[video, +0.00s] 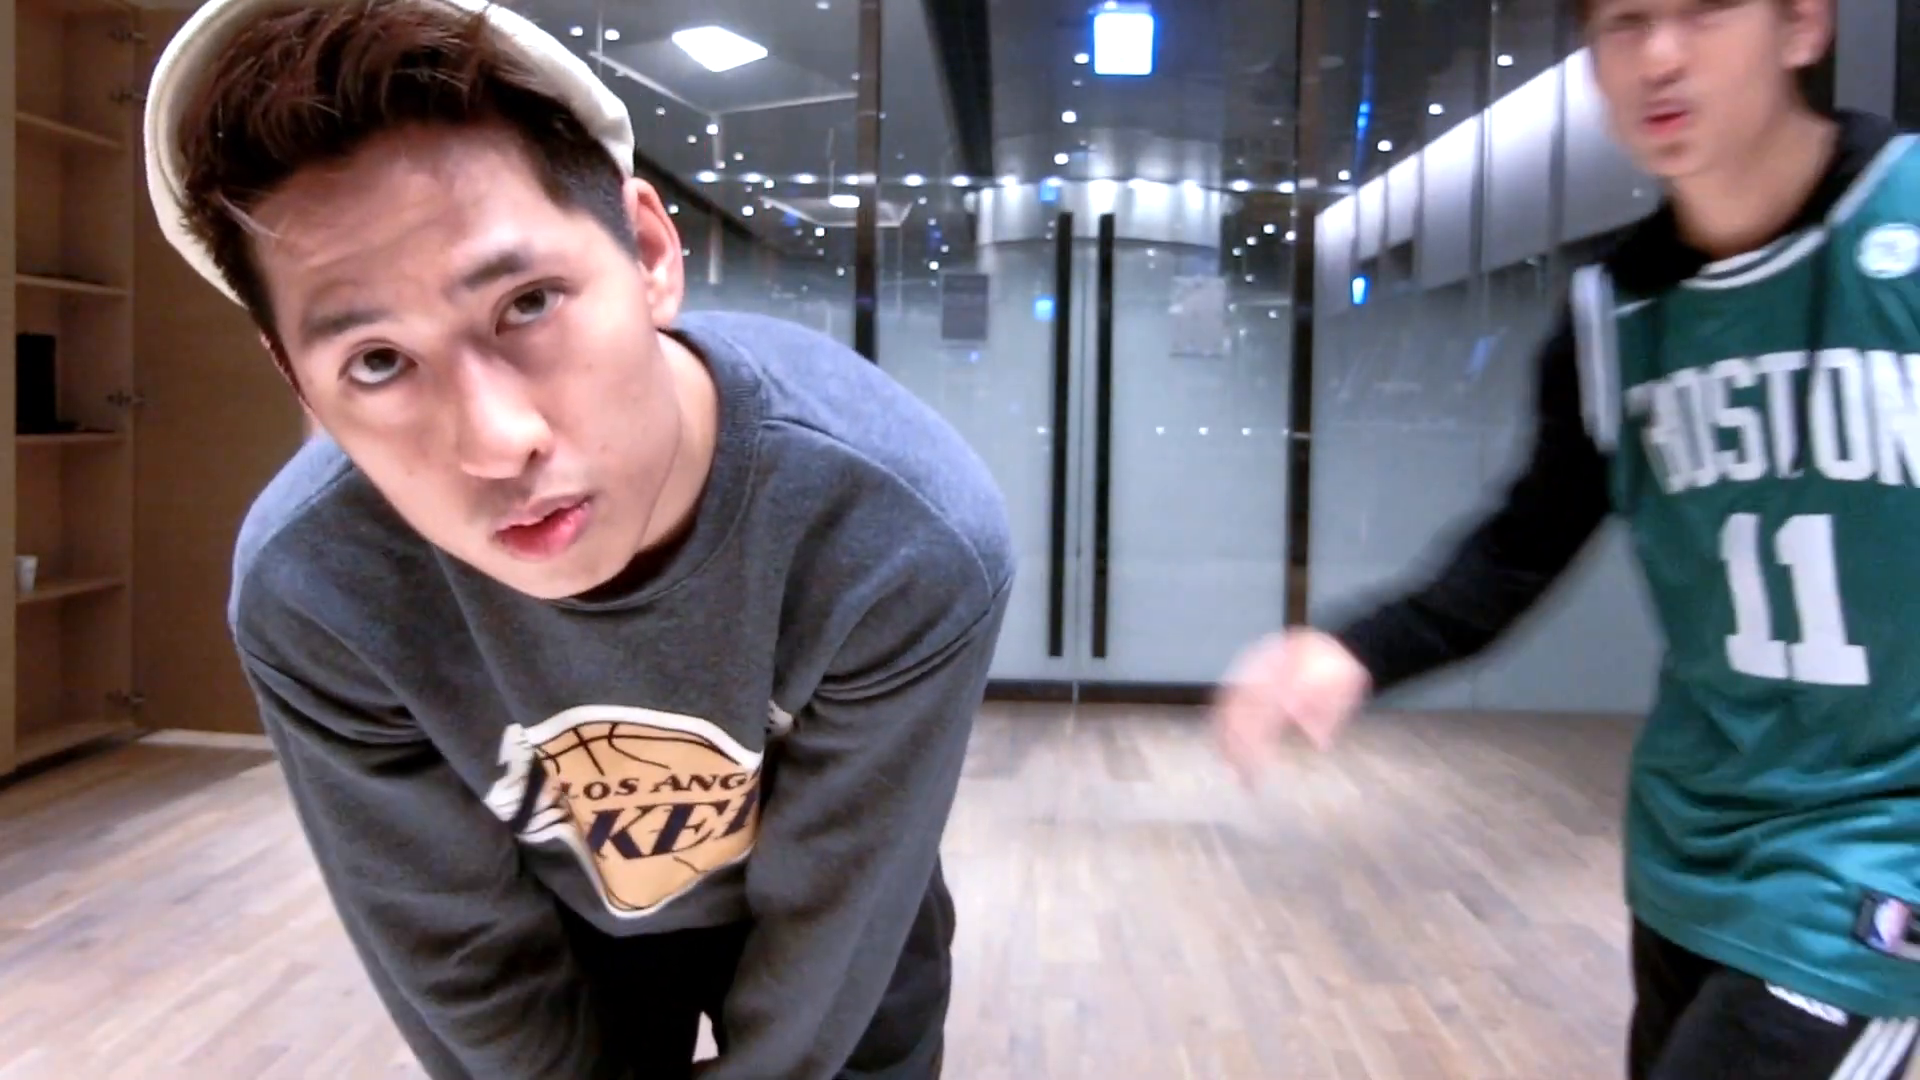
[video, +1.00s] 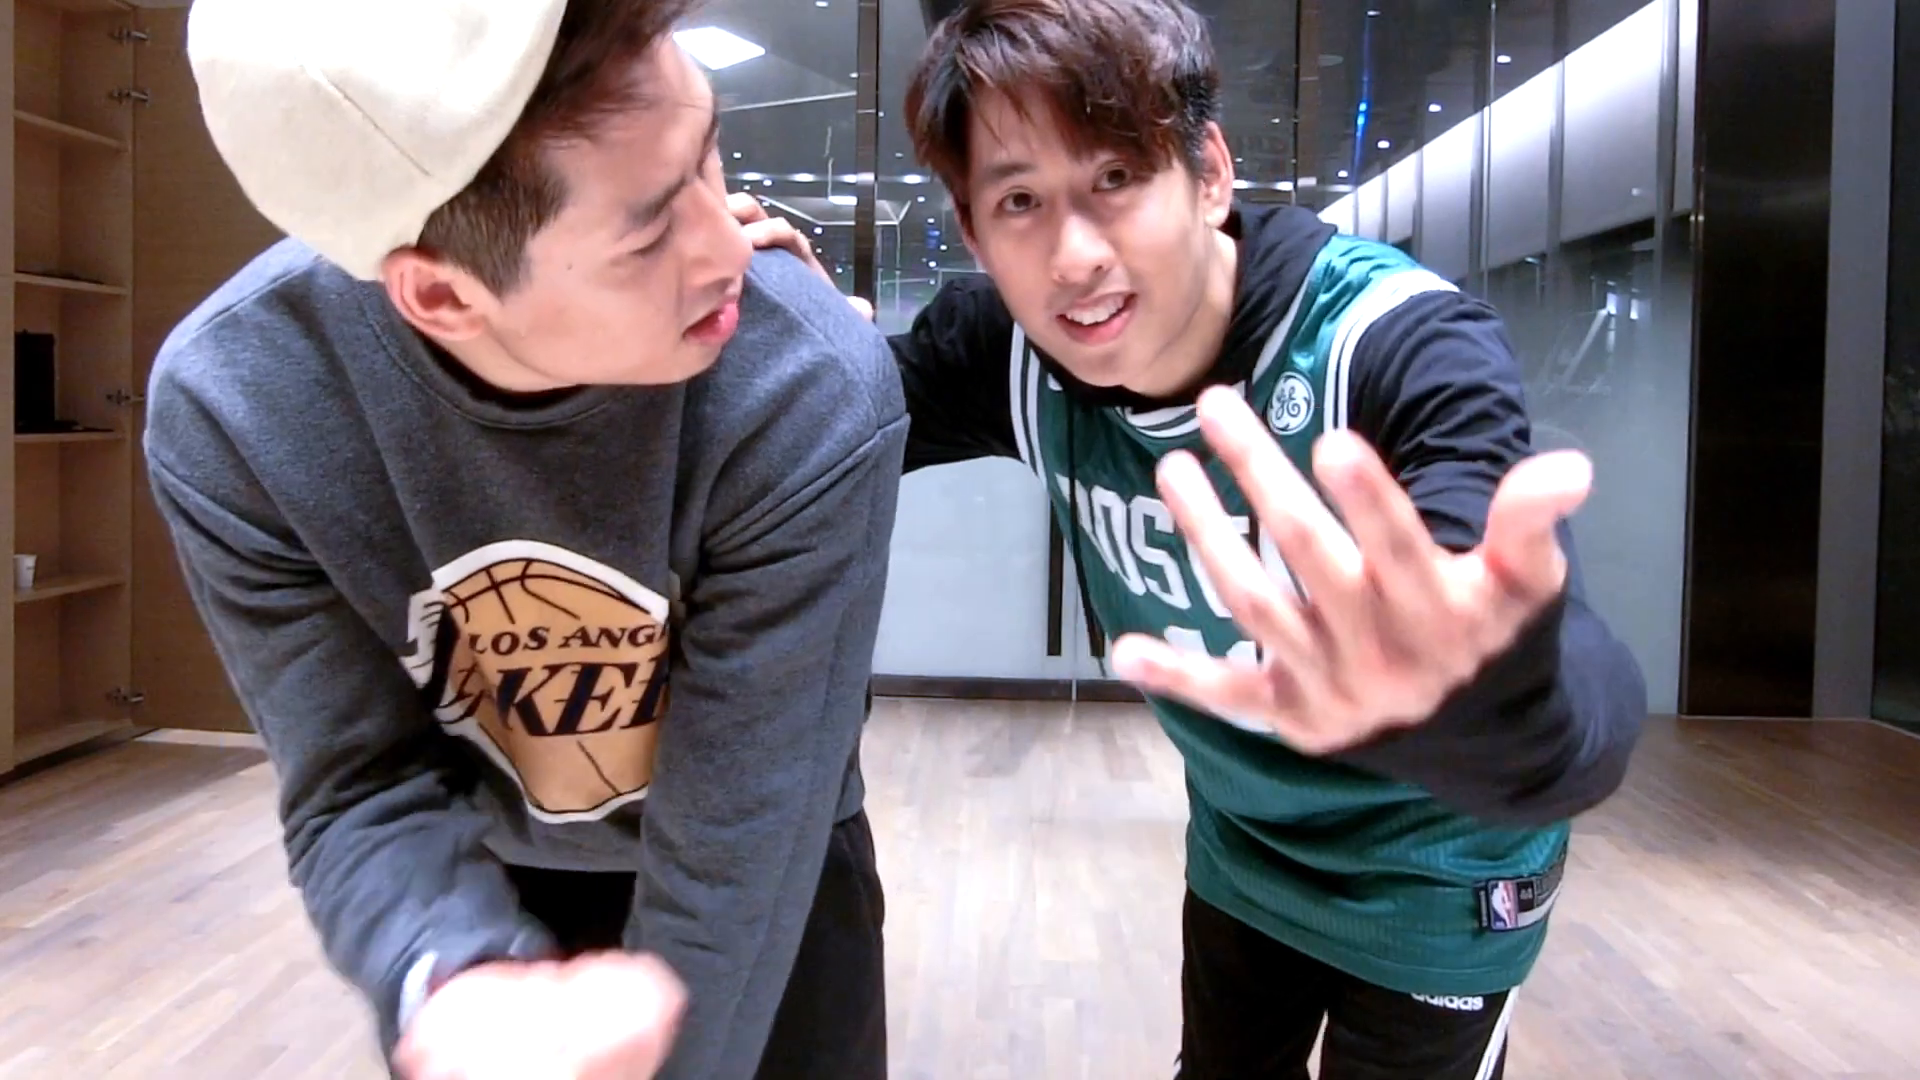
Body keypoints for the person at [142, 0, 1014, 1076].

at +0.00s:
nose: (495, 443)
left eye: (527, 304)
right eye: (379, 364)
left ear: (652, 256)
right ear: (303, 389)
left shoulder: (906, 541)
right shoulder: (309, 592)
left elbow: (817, 966)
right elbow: (482, 998)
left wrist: (770, 1061)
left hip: (836, 918)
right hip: (562, 944)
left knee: (861, 1060)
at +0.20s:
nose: (507, 477)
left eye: (538, 342)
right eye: (391, 399)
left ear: (654, 272)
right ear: (305, 403)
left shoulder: (892, 545)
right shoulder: (314, 594)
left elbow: (811, 998)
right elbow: (491, 1013)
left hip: (828, 925)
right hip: (561, 945)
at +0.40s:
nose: (452, 550)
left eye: (501, 449)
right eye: (356, 478)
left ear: (633, 314)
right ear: (291, 433)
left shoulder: (868, 510)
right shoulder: (284, 557)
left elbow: (813, 997)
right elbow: (380, 1003)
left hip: (774, 910)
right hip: (521, 912)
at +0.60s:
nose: (606, 364)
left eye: (625, 254)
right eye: (503, 319)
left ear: (656, 192)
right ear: (330, 309)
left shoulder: (834, 460)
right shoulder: (257, 475)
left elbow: (776, 973)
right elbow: (252, 959)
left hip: (782, 882)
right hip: (508, 876)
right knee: (472, 1058)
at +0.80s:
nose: (725, 273)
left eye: (708, 180)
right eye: (638, 263)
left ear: (702, 120)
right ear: (437, 326)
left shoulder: (817, 404)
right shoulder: (238, 415)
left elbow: (688, 900)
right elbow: (257, 878)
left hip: (768, 860)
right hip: (485, 859)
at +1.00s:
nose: (731, 249)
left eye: (710, 157)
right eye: (648, 236)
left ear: (707, 108)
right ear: (442, 301)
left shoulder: (810, 390)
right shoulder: (228, 406)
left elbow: (723, 868)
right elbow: (358, 785)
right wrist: (455, 981)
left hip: (757, 867)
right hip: (488, 880)